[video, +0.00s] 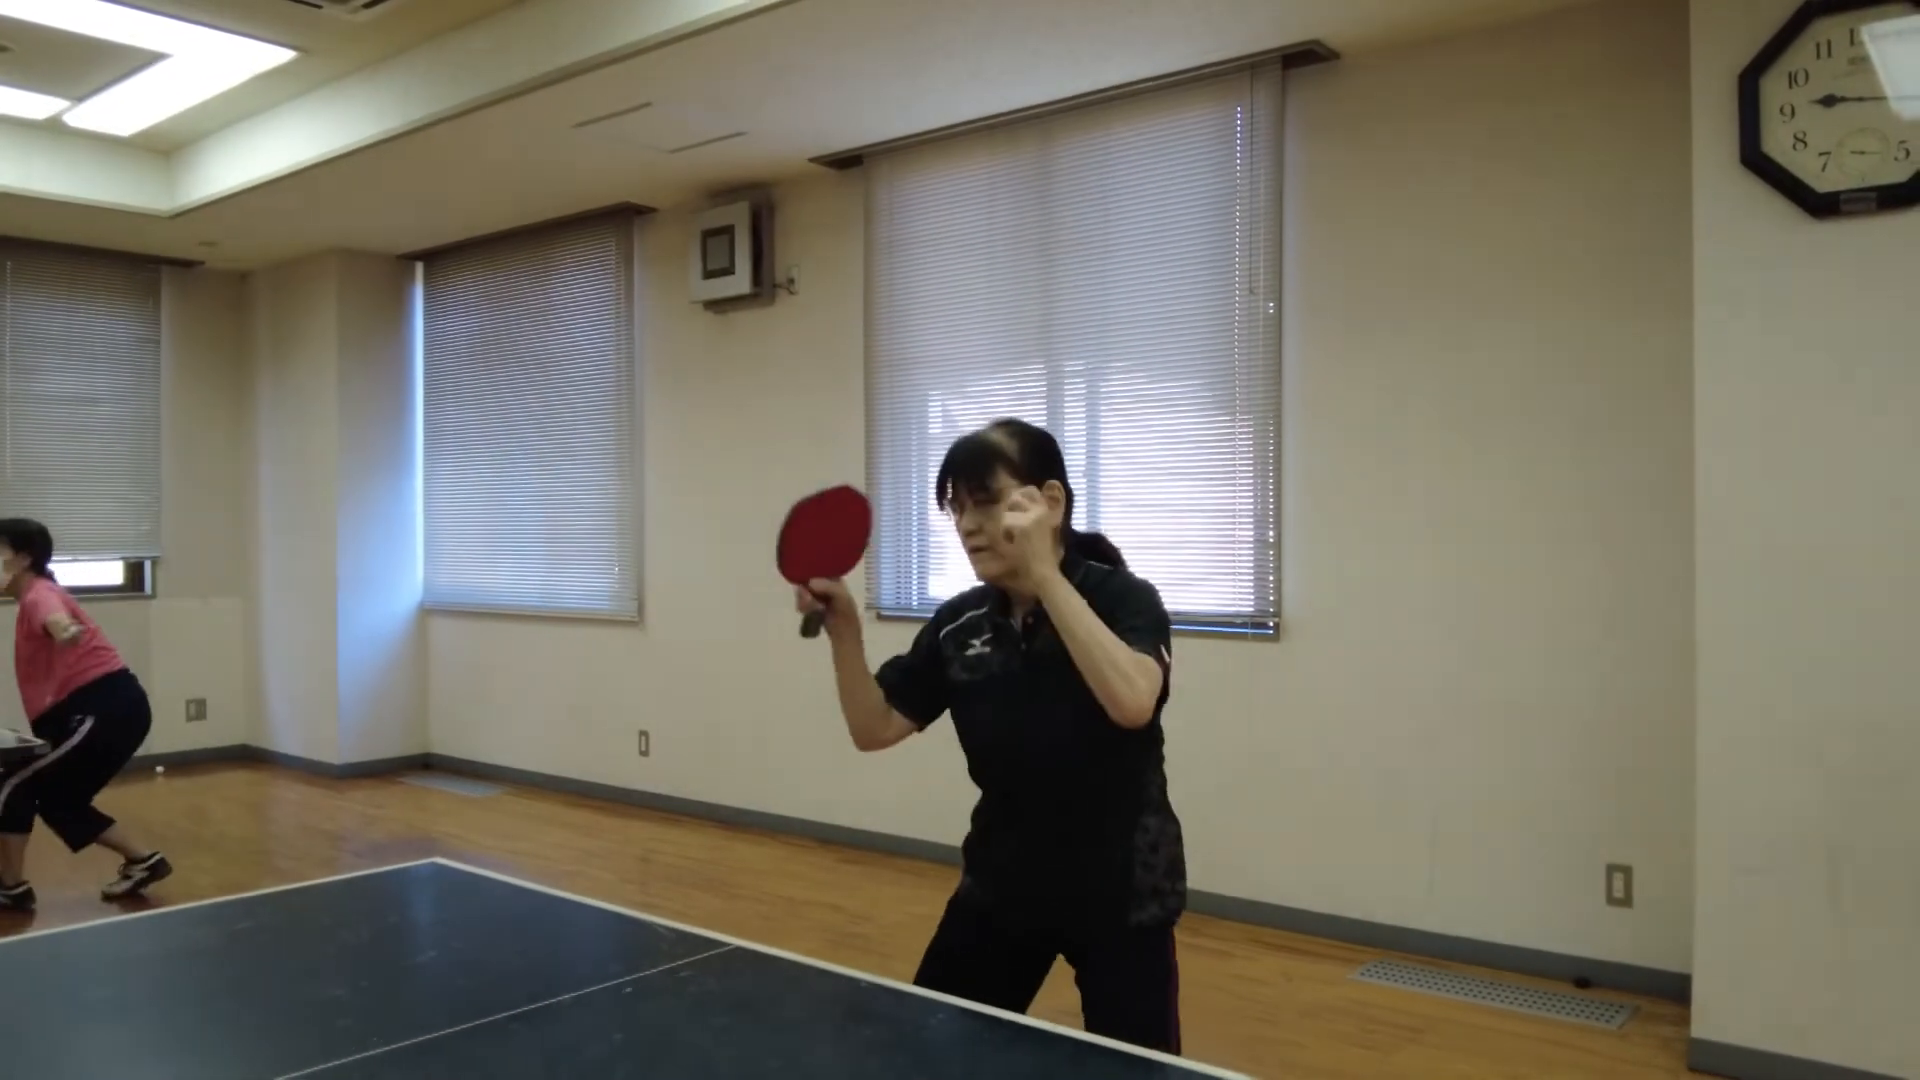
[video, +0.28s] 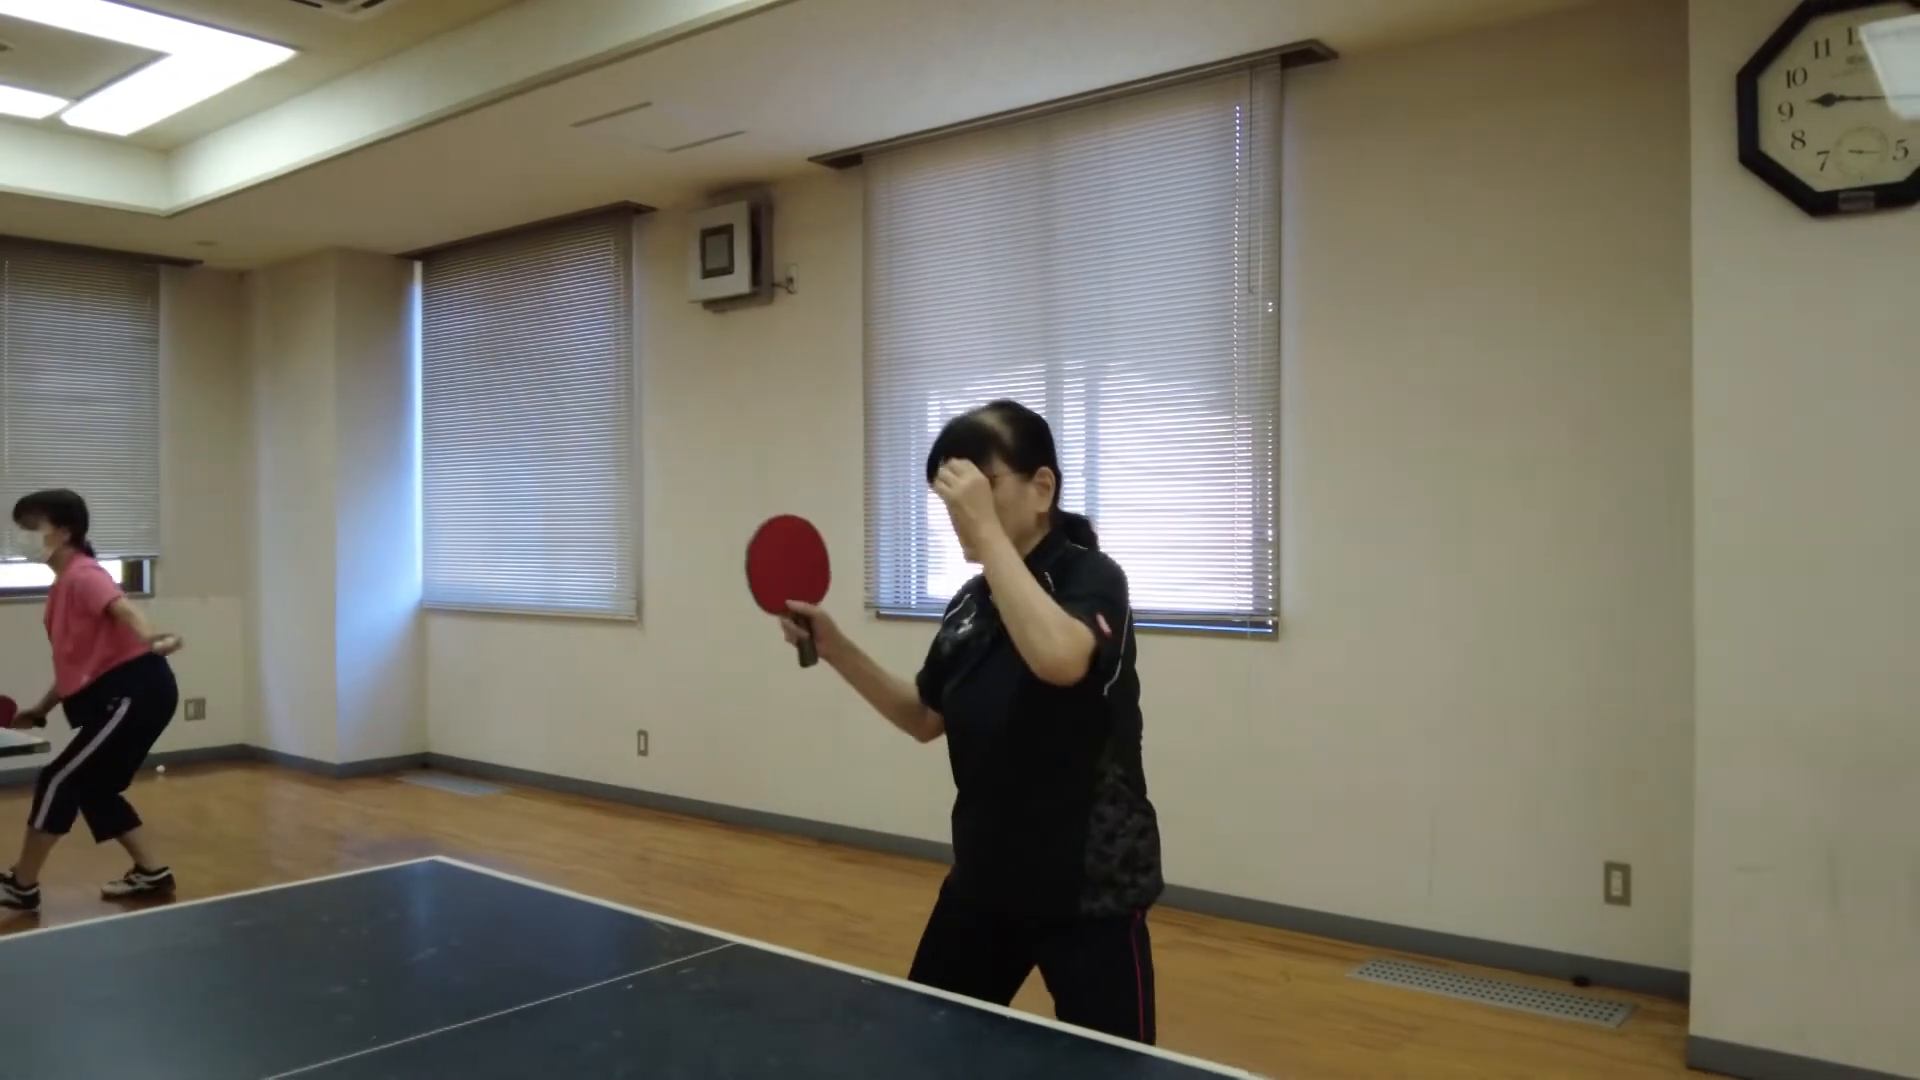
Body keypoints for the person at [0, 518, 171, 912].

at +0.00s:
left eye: (2, 554)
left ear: (24, 558)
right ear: (25, 559)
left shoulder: (40, 594)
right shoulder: (38, 595)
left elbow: (54, 615)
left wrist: (66, 630)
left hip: (103, 707)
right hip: (122, 707)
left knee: (14, 786)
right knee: (59, 798)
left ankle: (11, 884)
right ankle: (141, 858)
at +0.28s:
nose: (29, 538)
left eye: (35, 528)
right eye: (27, 530)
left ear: (65, 530)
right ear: (55, 534)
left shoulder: (83, 574)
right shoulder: (61, 591)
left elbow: (121, 608)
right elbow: (75, 664)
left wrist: (149, 635)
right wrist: (39, 711)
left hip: (136, 691)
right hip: (115, 697)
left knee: (59, 778)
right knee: (97, 786)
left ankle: (22, 883)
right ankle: (151, 871)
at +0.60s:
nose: (53, 527)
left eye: (58, 517)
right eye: (51, 518)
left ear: (86, 518)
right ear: (80, 521)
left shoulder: (104, 566)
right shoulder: (86, 573)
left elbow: (155, 618)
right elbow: (101, 648)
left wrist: (148, 676)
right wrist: (59, 680)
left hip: (145, 691)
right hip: (130, 692)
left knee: (89, 787)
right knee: (110, 785)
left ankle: (134, 890)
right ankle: (152, 873)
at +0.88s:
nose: (57, 511)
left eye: (67, 502)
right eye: (57, 502)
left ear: (99, 512)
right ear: (87, 513)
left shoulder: (113, 565)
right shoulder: (87, 565)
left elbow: (147, 643)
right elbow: (95, 642)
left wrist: (91, 693)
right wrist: (49, 670)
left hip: (148, 693)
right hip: (125, 694)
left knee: (107, 807)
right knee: (114, 796)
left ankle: (156, 913)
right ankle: (139, 879)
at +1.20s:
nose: (60, 502)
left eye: (68, 492)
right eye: (59, 492)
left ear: (98, 496)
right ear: (83, 498)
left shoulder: (119, 549)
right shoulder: (93, 547)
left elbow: (146, 638)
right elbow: (102, 625)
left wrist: (82, 675)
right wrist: (57, 643)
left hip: (147, 684)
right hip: (120, 683)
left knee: (118, 802)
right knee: (104, 794)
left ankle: (156, 911)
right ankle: (128, 888)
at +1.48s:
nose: (70, 499)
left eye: (77, 489)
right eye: (69, 490)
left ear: (107, 490)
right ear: (96, 493)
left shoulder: (129, 545)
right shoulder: (91, 542)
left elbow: (151, 632)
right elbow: (104, 622)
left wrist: (78, 664)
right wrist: (62, 637)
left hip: (136, 694)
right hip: (104, 691)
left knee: (118, 805)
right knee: (101, 803)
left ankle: (151, 909)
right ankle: (125, 892)